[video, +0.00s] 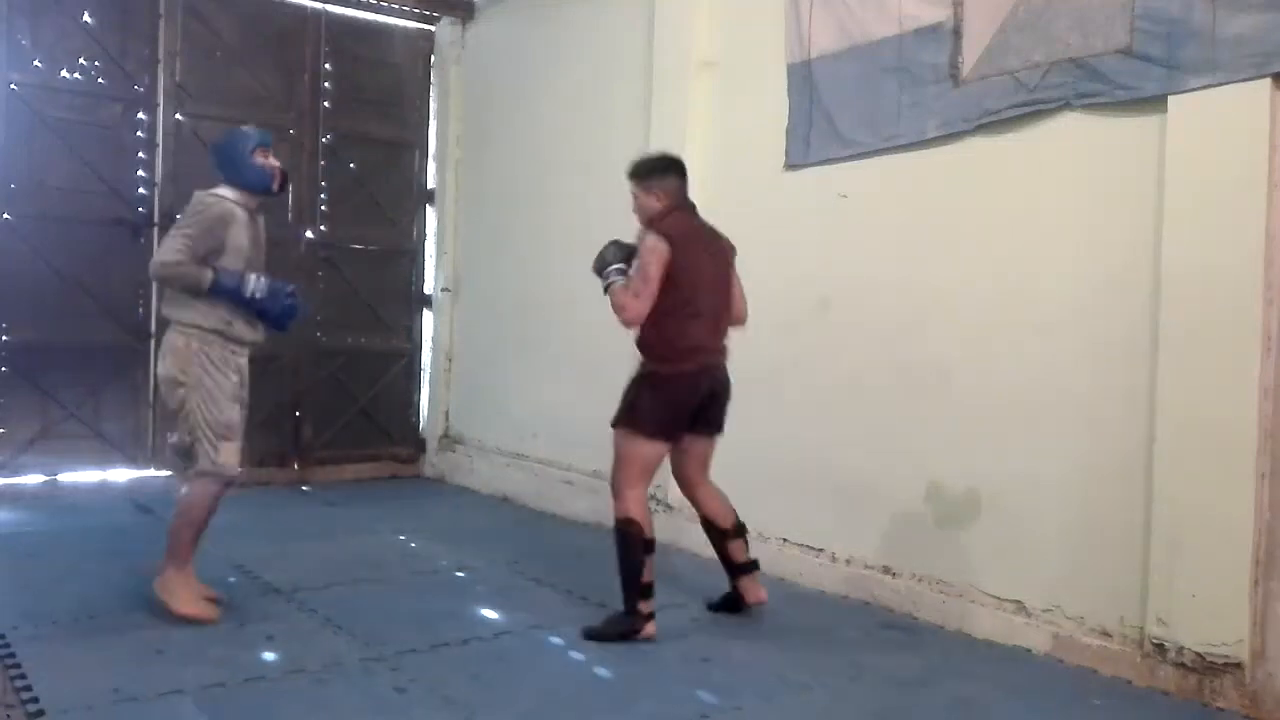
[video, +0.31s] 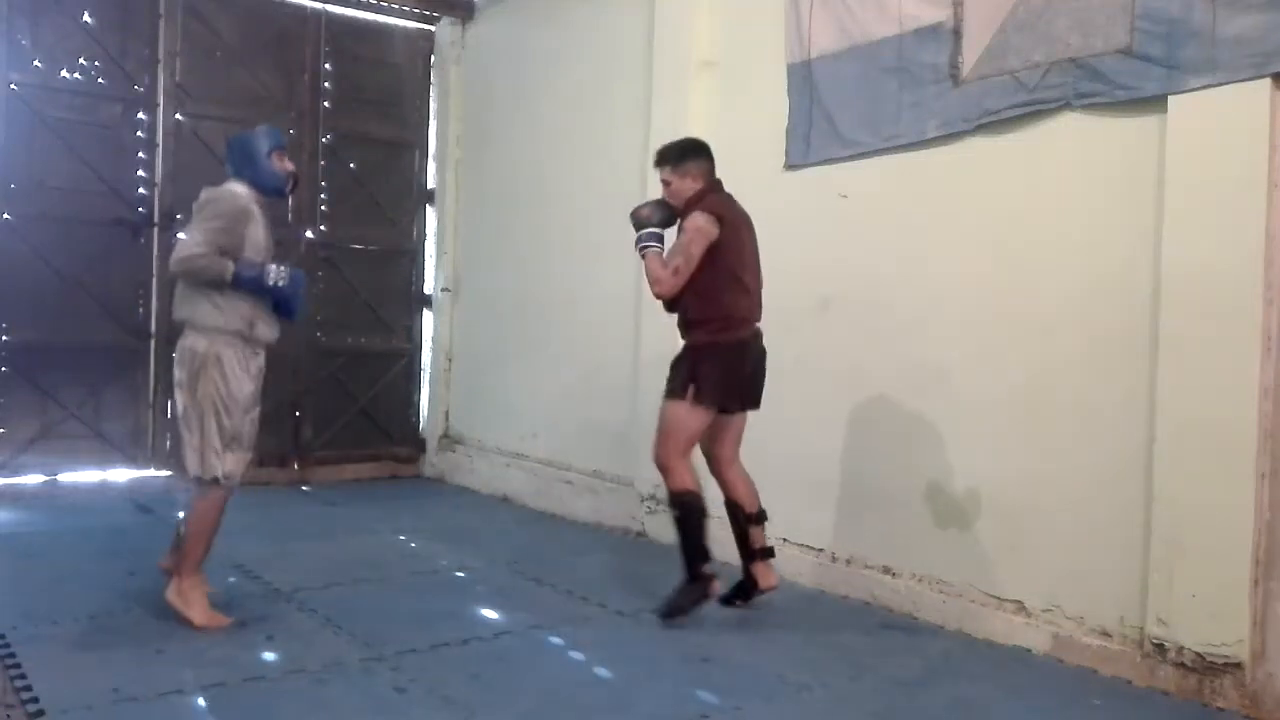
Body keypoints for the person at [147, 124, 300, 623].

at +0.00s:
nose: (276, 163)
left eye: (273, 154)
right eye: (264, 155)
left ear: (255, 163)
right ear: (240, 162)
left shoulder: (251, 218)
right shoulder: (216, 206)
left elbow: (235, 282)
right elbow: (165, 262)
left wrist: (268, 304)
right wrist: (238, 284)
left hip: (228, 349)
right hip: (199, 346)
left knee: (220, 467)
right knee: (215, 466)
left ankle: (181, 571)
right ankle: (173, 575)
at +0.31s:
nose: (289, 164)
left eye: (286, 155)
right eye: (279, 155)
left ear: (263, 163)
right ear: (256, 161)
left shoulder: (256, 213)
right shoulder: (230, 200)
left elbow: (240, 285)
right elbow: (185, 259)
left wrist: (279, 294)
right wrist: (253, 275)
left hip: (239, 350)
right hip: (214, 349)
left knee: (223, 470)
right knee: (219, 472)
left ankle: (181, 560)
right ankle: (187, 583)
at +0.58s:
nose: (296, 191)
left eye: (295, 183)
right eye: (289, 182)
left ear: (260, 186)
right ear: (266, 184)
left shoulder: (248, 234)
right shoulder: (238, 229)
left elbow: (243, 304)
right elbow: (233, 295)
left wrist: (290, 308)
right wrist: (284, 294)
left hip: (239, 374)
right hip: (222, 374)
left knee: (251, 484)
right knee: (235, 489)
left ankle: (205, 580)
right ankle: (183, 599)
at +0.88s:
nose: (313, 190)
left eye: (314, 182)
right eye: (306, 180)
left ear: (289, 185)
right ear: (280, 179)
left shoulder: (279, 226)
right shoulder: (258, 209)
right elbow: (243, 274)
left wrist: (306, 301)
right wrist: (300, 276)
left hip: (260, 366)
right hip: (242, 366)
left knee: (256, 485)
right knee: (246, 487)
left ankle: (208, 576)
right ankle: (184, 591)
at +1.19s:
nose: (355, 208)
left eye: (357, 199)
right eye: (350, 196)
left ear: (332, 196)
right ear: (325, 193)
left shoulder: (314, 240)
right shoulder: (283, 226)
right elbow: (250, 289)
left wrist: (342, 304)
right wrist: (317, 286)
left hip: (297, 363)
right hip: (278, 364)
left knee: (265, 473)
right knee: (319, 474)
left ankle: (207, 567)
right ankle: (298, 583)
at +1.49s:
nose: (398, 219)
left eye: (401, 209)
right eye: (393, 207)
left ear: (385, 206)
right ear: (369, 203)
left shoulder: (366, 245)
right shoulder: (330, 238)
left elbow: (357, 305)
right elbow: (333, 307)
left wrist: (383, 332)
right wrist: (386, 278)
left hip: (359, 373)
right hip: (324, 373)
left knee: (373, 476)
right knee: (336, 485)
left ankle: (309, 544)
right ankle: (318, 591)